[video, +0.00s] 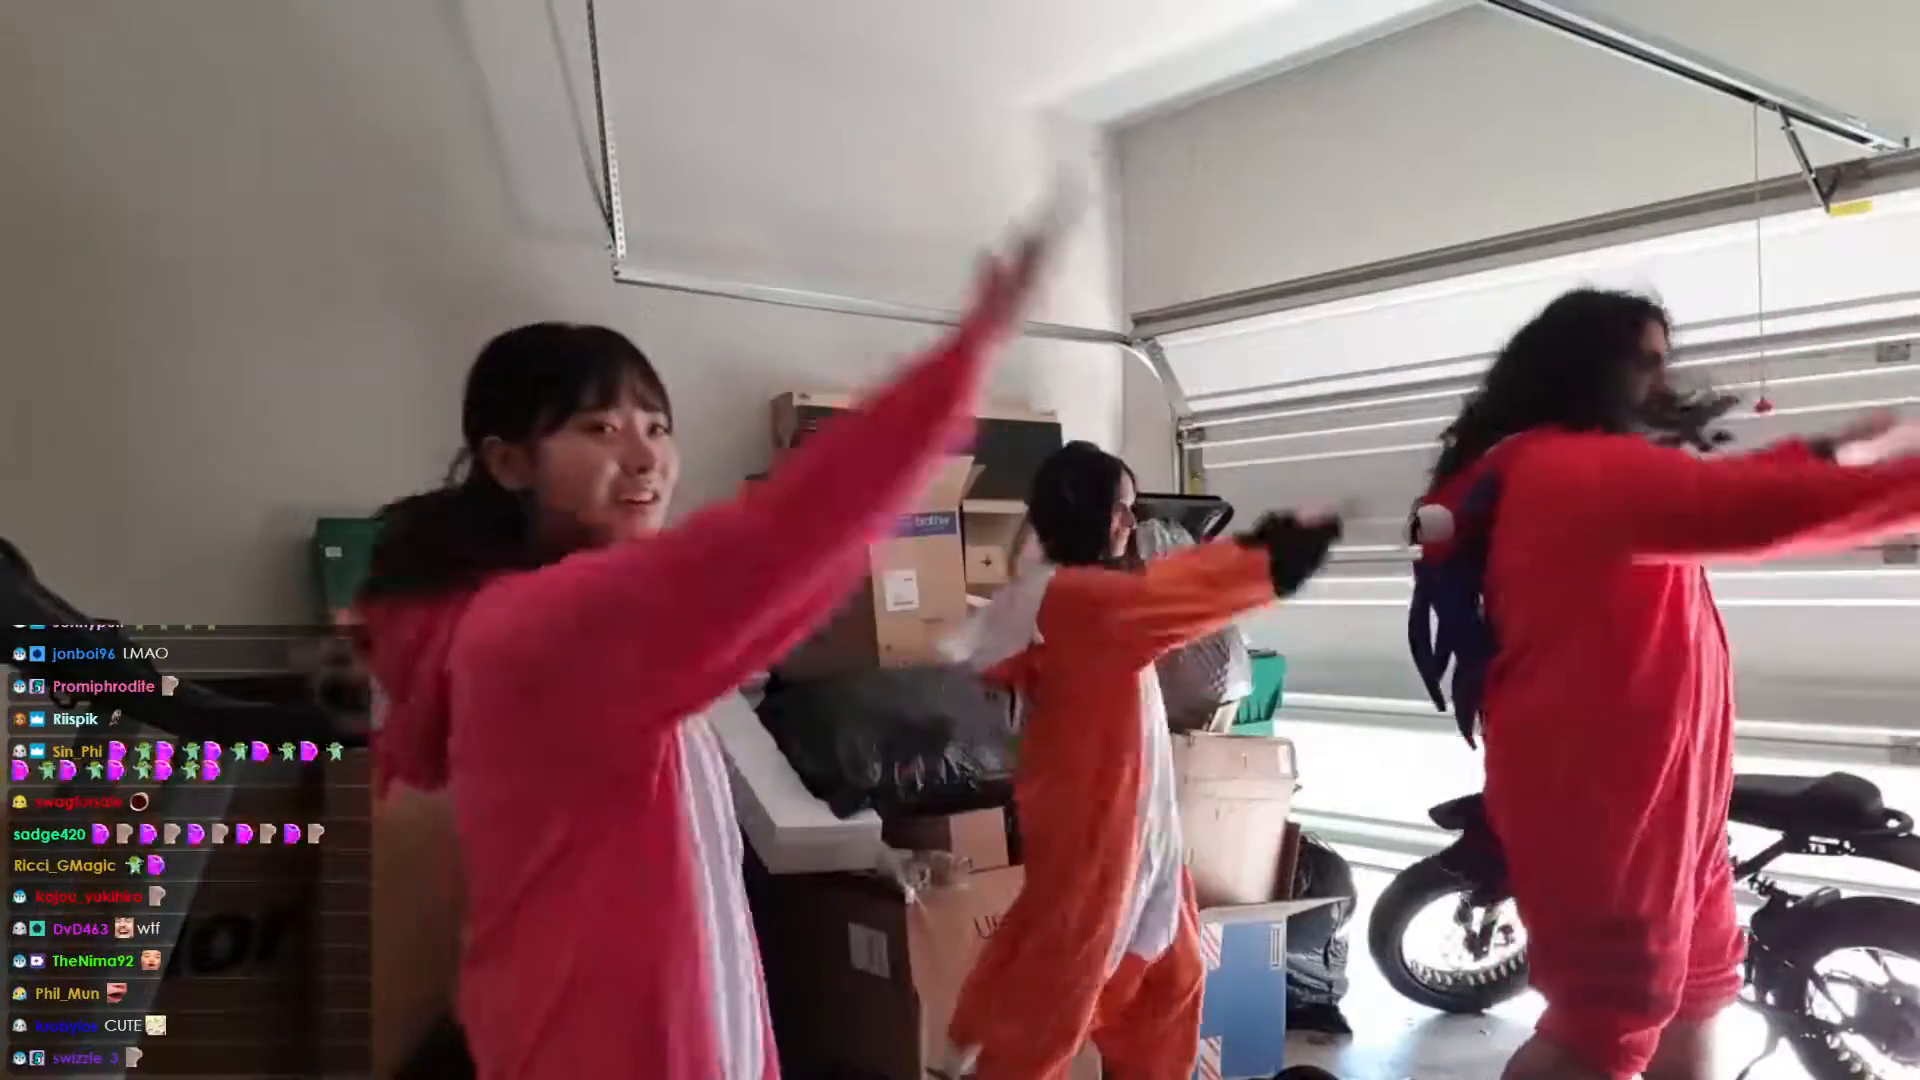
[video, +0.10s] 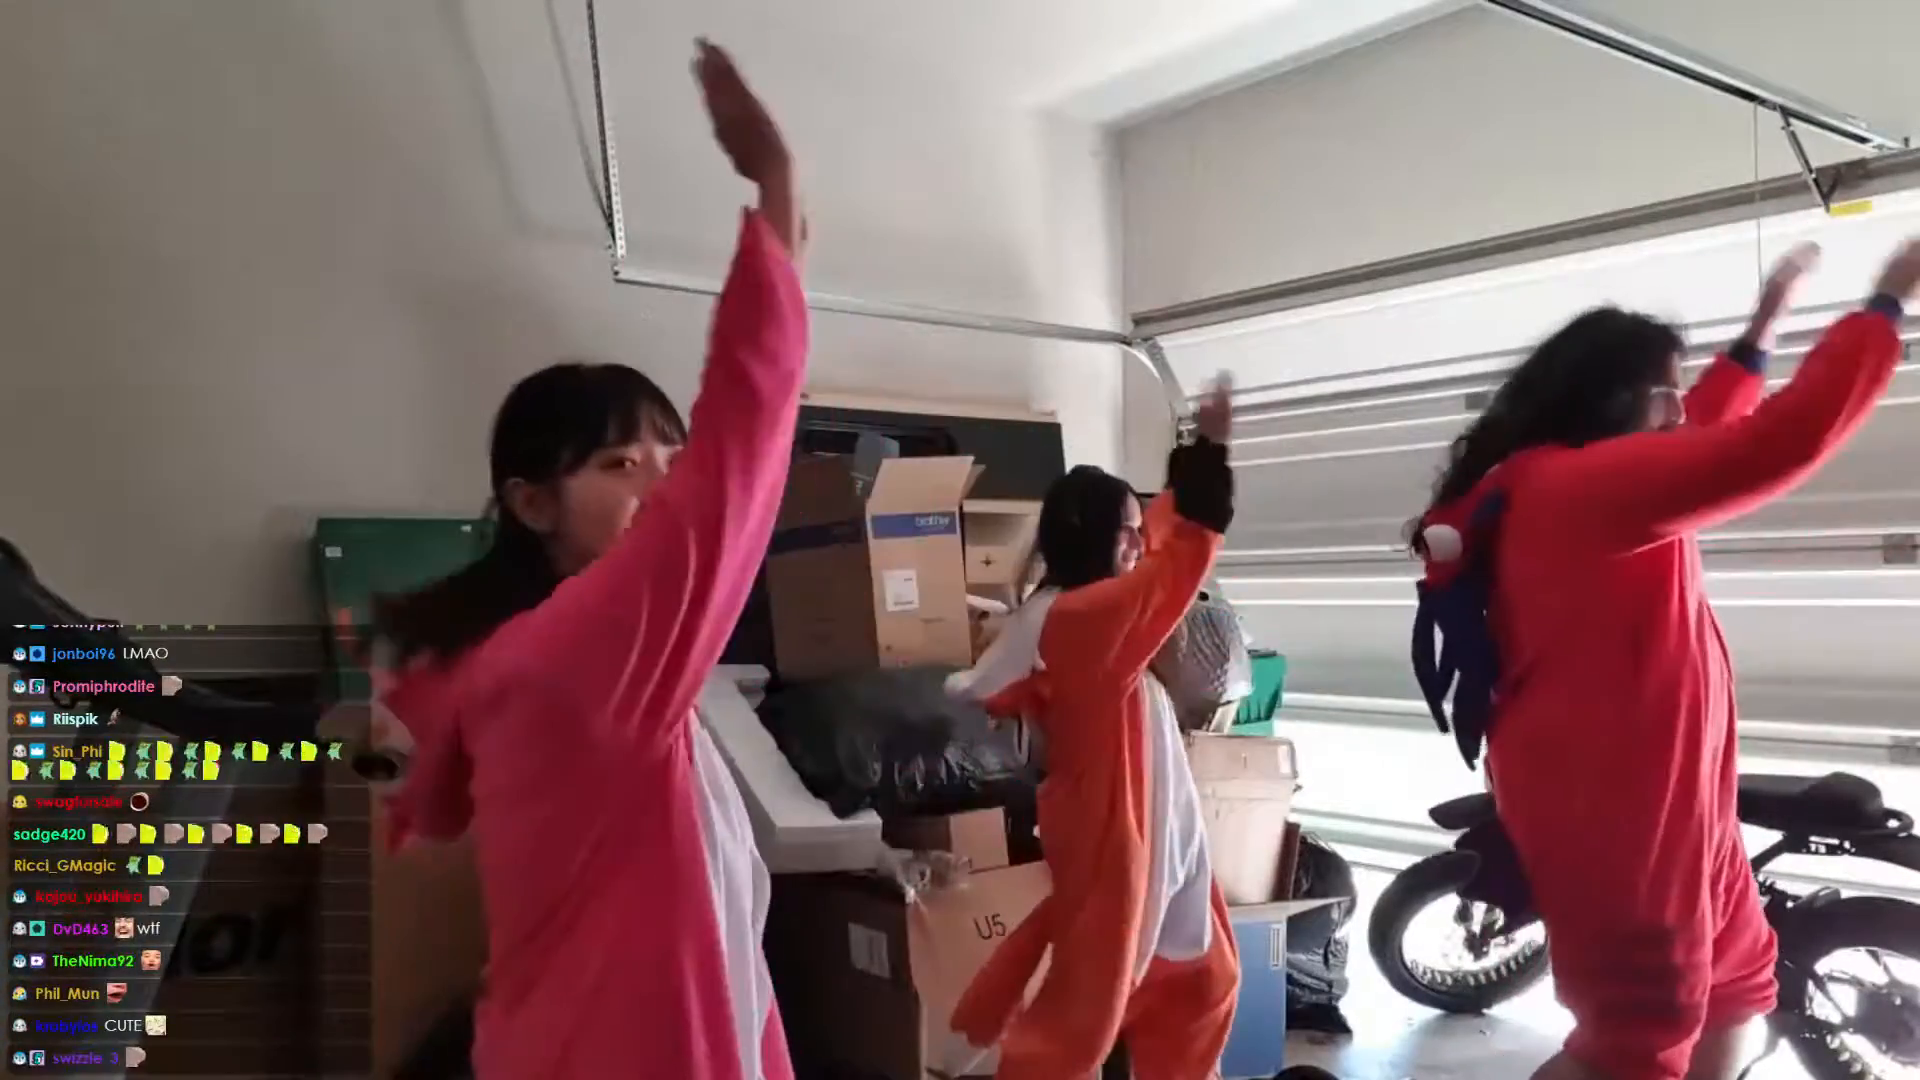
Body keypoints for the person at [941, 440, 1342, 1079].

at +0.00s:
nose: (1131, 523)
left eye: (1131, 509)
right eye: (1127, 509)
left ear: (1051, 516)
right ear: (1108, 520)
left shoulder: (1066, 595)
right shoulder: (1079, 597)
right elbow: (1173, 592)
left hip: (1134, 811)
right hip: (1091, 815)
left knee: (1170, 973)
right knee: (1062, 968)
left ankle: (1155, 1068)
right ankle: (1007, 1066)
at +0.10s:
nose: (1139, 544)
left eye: (1140, 530)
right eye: (1126, 530)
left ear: (1068, 535)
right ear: (1090, 535)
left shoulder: (1089, 616)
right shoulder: (1083, 617)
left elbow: (1009, 699)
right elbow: (1175, 564)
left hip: (1157, 815)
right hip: (1109, 821)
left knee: (1208, 974)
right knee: (1093, 978)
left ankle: (1171, 1072)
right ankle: (1024, 1064)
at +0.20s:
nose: (1147, 540)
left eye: (1143, 527)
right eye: (1136, 528)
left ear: (1068, 542)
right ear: (1109, 542)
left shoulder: (1062, 621)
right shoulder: (1082, 631)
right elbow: (1166, 565)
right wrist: (1196, 452)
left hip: (1158, 823)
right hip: (1114, 837)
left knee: (1223, 979)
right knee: (1106, 1015)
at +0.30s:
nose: (1142, 537)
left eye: (1144, 524)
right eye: (1131, 525)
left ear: (1077, 530)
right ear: (1096, 530)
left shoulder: (1089, 598)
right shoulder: (1068, 608)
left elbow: (1161, 549)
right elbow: (1178, 599)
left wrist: (1231, 507)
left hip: (1133, 801)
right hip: (1083, 812)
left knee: (1200, 961)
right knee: (1089, 980)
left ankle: (1186, 1072)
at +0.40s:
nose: (1144, 524)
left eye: (1145, 509)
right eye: (1136, 508)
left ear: (1070, 512)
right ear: (1111, 514)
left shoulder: (1085, 586)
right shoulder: (1065, 591)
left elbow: (1158, 608)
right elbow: (1162, 629)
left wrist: (1233, 597)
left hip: (1099, 810)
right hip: (1051, 817)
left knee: (1153, 989)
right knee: (1046, 1001)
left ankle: (1163, 1071)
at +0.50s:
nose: (1150, 538)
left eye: (1153, 525)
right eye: (1138, 523)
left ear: (1076, 529)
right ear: (1100, 526)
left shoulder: (1061, 593)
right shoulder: (1082, 606)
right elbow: (1163, 692)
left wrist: (1202, 768)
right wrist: (1209, 776)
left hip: (1080, 819)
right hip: (1030, 819)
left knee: (1120, 972)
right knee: (1021, 977)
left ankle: (1133, 1066)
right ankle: (991, 1068)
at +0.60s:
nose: (1158, 557)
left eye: (1159, 542)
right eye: (1147, 541)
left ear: (1083, 544)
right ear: (1110, 545)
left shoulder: (1054, 607)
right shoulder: (1096, 631)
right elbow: (1112, 760)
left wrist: (1145, 862)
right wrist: (1116, 877)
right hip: (1029, 833)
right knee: (1030, 985)